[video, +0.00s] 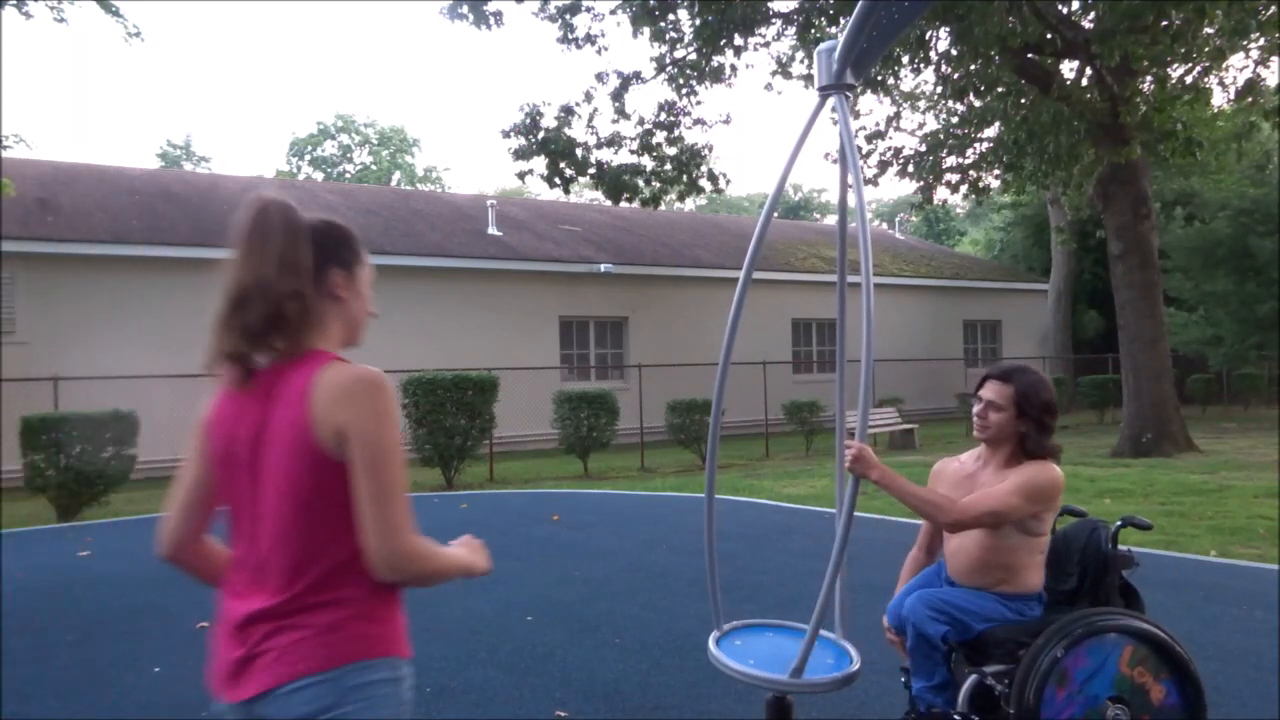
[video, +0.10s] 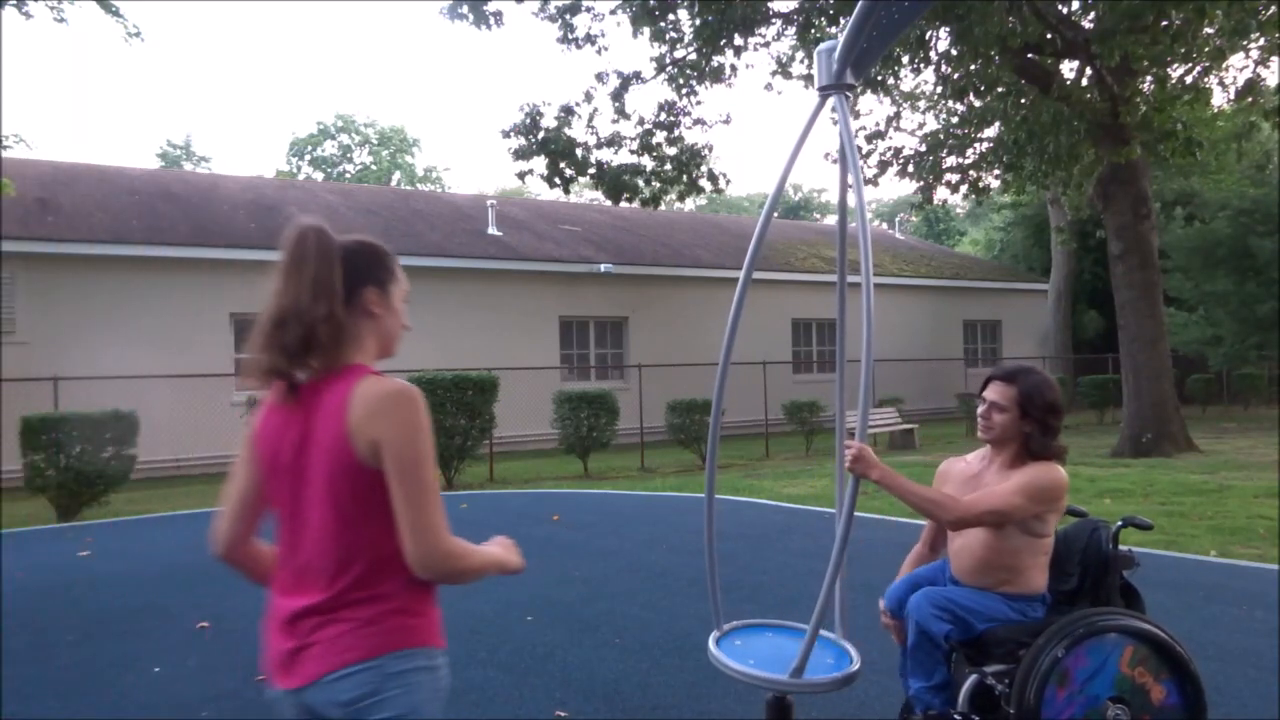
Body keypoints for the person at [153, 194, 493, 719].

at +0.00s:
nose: (373, 308)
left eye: (373, 290)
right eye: (369, 288)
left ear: (284, 287)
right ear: (336, 284)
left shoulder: (232, 396)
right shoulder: (357, 388)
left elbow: (178, 541)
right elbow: (393, 556)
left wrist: (262, 581)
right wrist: (461, 559)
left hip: (243, 676)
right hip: (342, 677)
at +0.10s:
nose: (407, 321)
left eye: (407, 304)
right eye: (403, 302)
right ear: (370, 302)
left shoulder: (278, 403)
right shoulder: (391, 400)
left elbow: (229, 541)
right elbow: (429, 556)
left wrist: (306, 578)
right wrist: (496, 556)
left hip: (296, 667)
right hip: (383, 666)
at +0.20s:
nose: (435, 318)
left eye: (434, 303)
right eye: (429, 302)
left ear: (352, 310)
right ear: (398, 304)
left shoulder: (314, 401)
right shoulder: (419, 397)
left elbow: (286, 529)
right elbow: (446, 542)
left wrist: (356, 558)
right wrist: (518, 553)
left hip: (331, 642)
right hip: (413, 648)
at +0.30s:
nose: (463, 311)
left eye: (461, 296)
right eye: (457, 295)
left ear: (415, 299)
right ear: (426, 298)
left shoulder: (349, 388)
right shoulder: (440, 384)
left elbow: (338, 510)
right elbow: (461, 524)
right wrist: (534, 542)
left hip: (361, 617)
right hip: (442, 620)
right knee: (498, 707)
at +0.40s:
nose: (489, 310)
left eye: (487, 296)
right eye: (483, 294)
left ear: (442, 297)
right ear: (452, 297)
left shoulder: (381, 380)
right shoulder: (461, 378)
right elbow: (474, 511)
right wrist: (551, 534)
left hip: (390, 601)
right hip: (471, 602)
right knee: (523, 710)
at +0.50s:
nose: (515, 317)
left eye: (513, 303)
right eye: (509, 302)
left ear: (470, 304)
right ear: (478, 304)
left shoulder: (411, 386)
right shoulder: (485, 386)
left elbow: (437, 485)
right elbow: (489, 512)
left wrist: (527, 485)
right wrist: (573, 537)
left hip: (417, 593)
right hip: (496, 596)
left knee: (438, 713)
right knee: (534, 712)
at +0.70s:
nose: (565, 330)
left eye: (564, 318)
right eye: (563, 317)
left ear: (503, 322)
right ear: (538, 317)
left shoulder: (472, 393)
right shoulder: (543, 396)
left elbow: (504, 479)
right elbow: (553, 514)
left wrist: (585, 462)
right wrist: (635, 536)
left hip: (485, 575)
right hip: (558, 575)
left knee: (502, 712)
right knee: (582, 708)